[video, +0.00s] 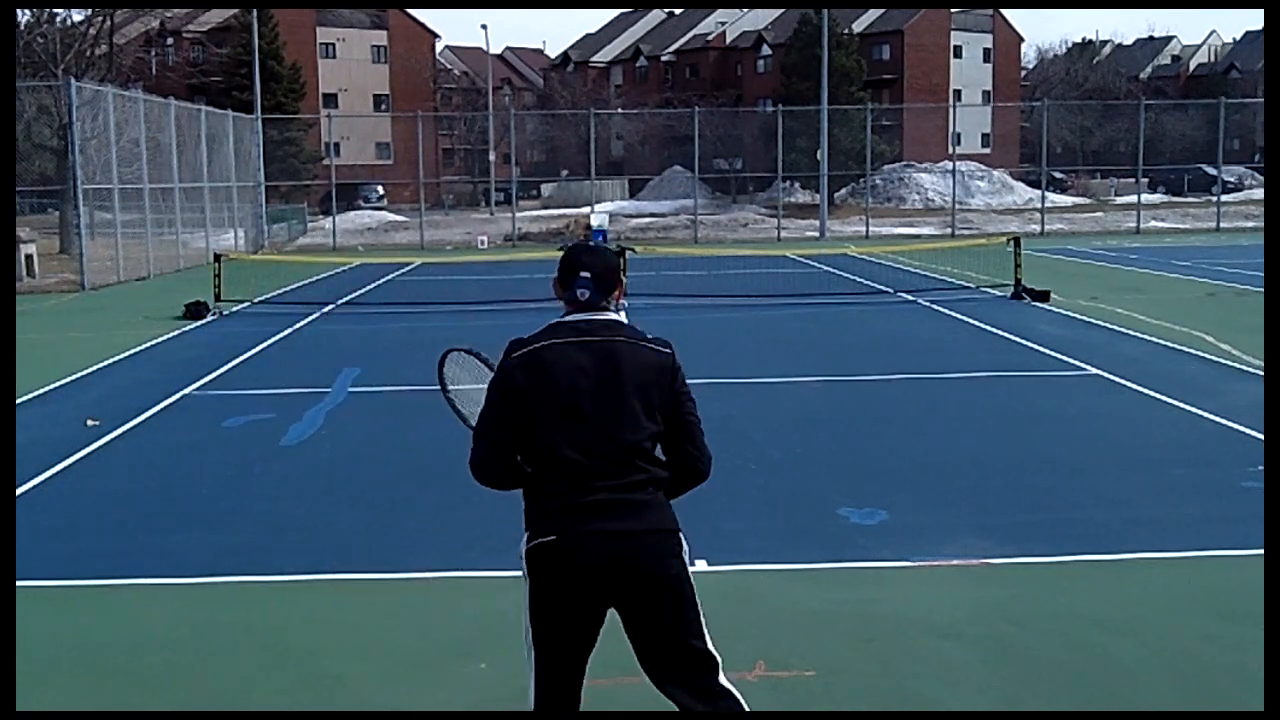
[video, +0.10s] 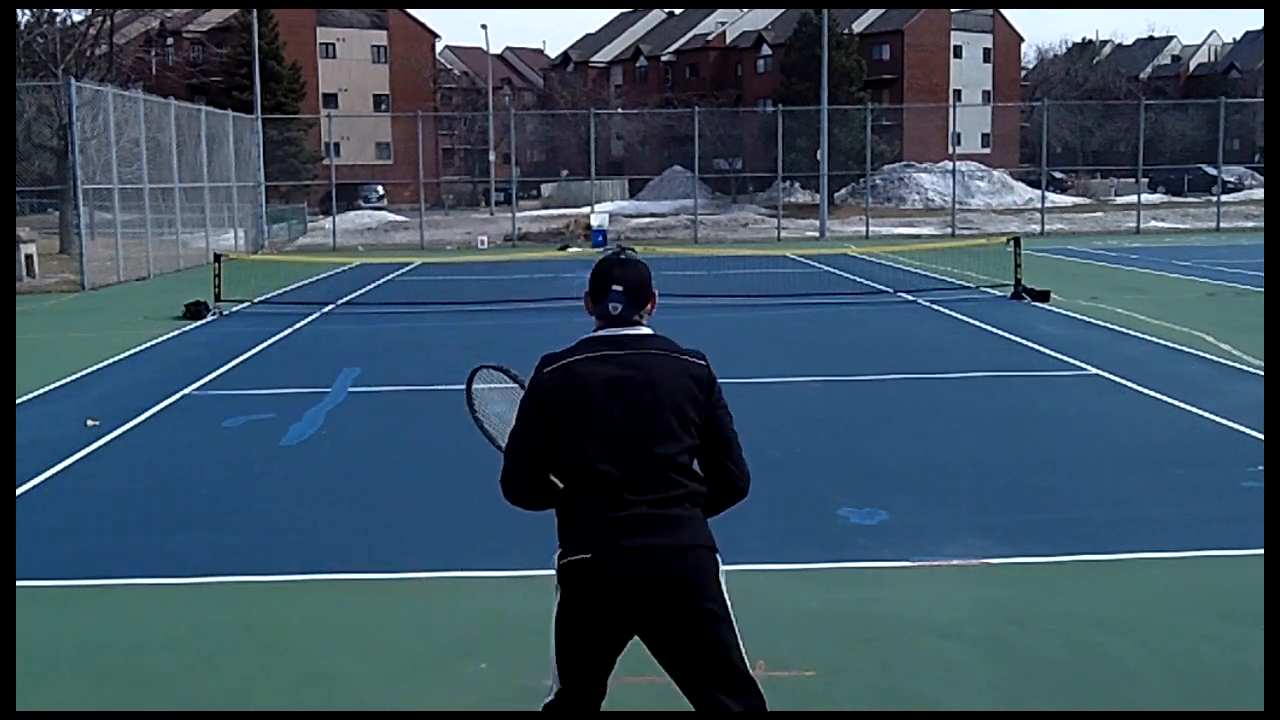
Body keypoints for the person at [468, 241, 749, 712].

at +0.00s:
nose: (555, 291)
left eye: (556, 286)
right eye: (625, 286)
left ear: (559, 292)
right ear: (621, 292)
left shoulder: (523, 357)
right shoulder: (657, 355)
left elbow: (487, 465)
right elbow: (694, 462)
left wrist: (542, 471)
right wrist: (643, 488)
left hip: (561, 553)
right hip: (649, 545)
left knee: (554, 695)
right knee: (698, 681)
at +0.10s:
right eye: (653, 296)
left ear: (588, 304)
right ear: (652, 303)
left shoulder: (555, 373)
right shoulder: (691, 369)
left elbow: (518, 485)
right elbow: (732, 480)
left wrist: (574, 491)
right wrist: (677, 505)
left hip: (592, 574)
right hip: (682, 569)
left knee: (575, 699)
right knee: (732, 699)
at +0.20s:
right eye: (680, 322)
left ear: (613, 331)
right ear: (679, 329)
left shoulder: (582, 404)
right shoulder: (718, 399)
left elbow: (549, 519)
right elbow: (764, 511)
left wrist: (603, 531)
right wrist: (711, 544)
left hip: (622, 607)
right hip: (715, 601)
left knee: (606, 712)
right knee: (748, 711)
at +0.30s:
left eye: (625, 327)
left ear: (627, 337)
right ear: (694, 336)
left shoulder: (592, 410)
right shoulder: (734, 406)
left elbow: (563, 527)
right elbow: (784, 516)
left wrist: (624, 549)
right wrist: (729, 551)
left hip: (631, 614)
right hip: (727, 608)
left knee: (611, 707)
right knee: (748, 711)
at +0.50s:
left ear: (625, 336)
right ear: (693, 338)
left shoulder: (581, 411)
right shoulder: (718, 411)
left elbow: (564, 535)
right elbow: (769, 534)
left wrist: (626, 540)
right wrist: (712, 559)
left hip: (604, 622)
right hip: (696, 623)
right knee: (731, 713)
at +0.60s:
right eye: (685, 343)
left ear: (613, 340)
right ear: (683, 346)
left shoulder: (566, 412)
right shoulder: (685, 414)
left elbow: (573, 514)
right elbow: (734, 553)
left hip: (569, 619)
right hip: (661, 624)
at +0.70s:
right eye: (677, 341)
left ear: (601, 340)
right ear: (672, 349)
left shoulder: (561, 410)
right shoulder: (661, 417)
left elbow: (607, 511)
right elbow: (695, 562)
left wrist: (698, 493)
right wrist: (733, 544)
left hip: (539, 624)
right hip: (624, 632)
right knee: (687, 703)